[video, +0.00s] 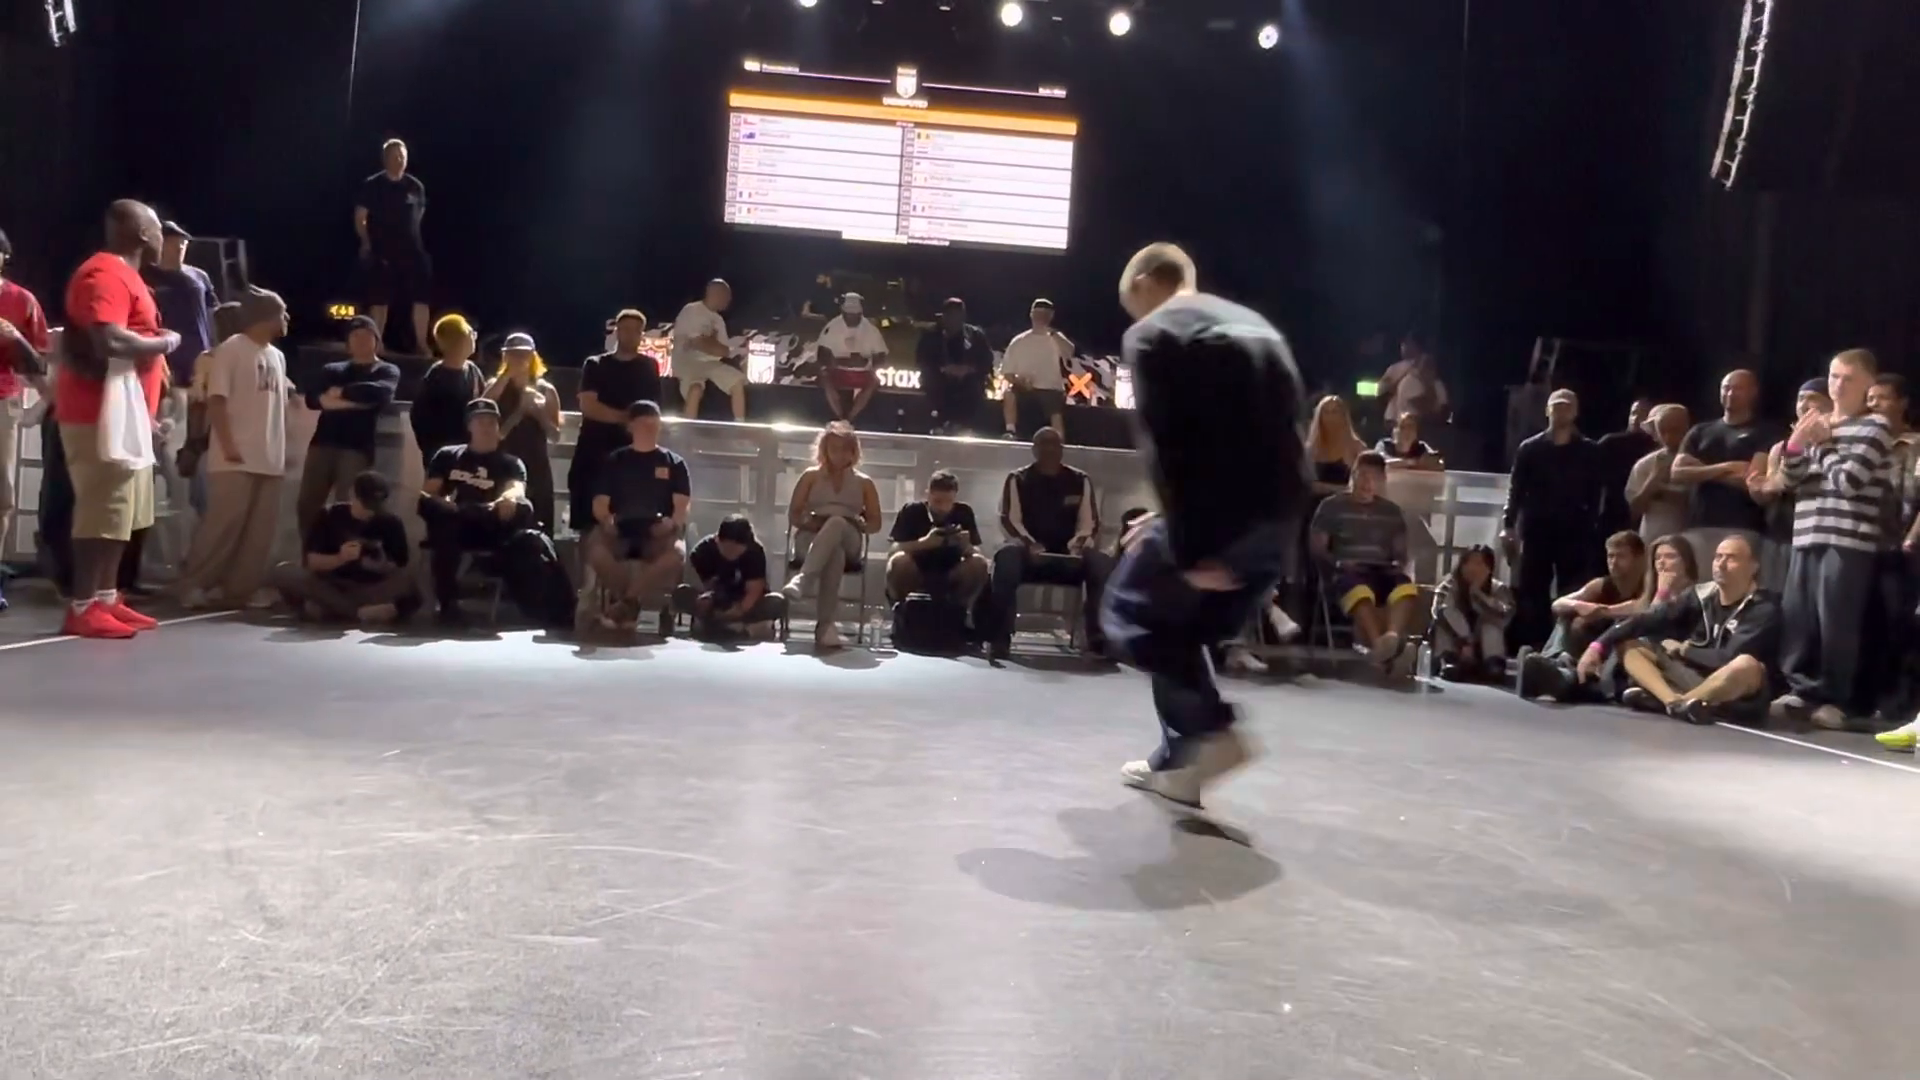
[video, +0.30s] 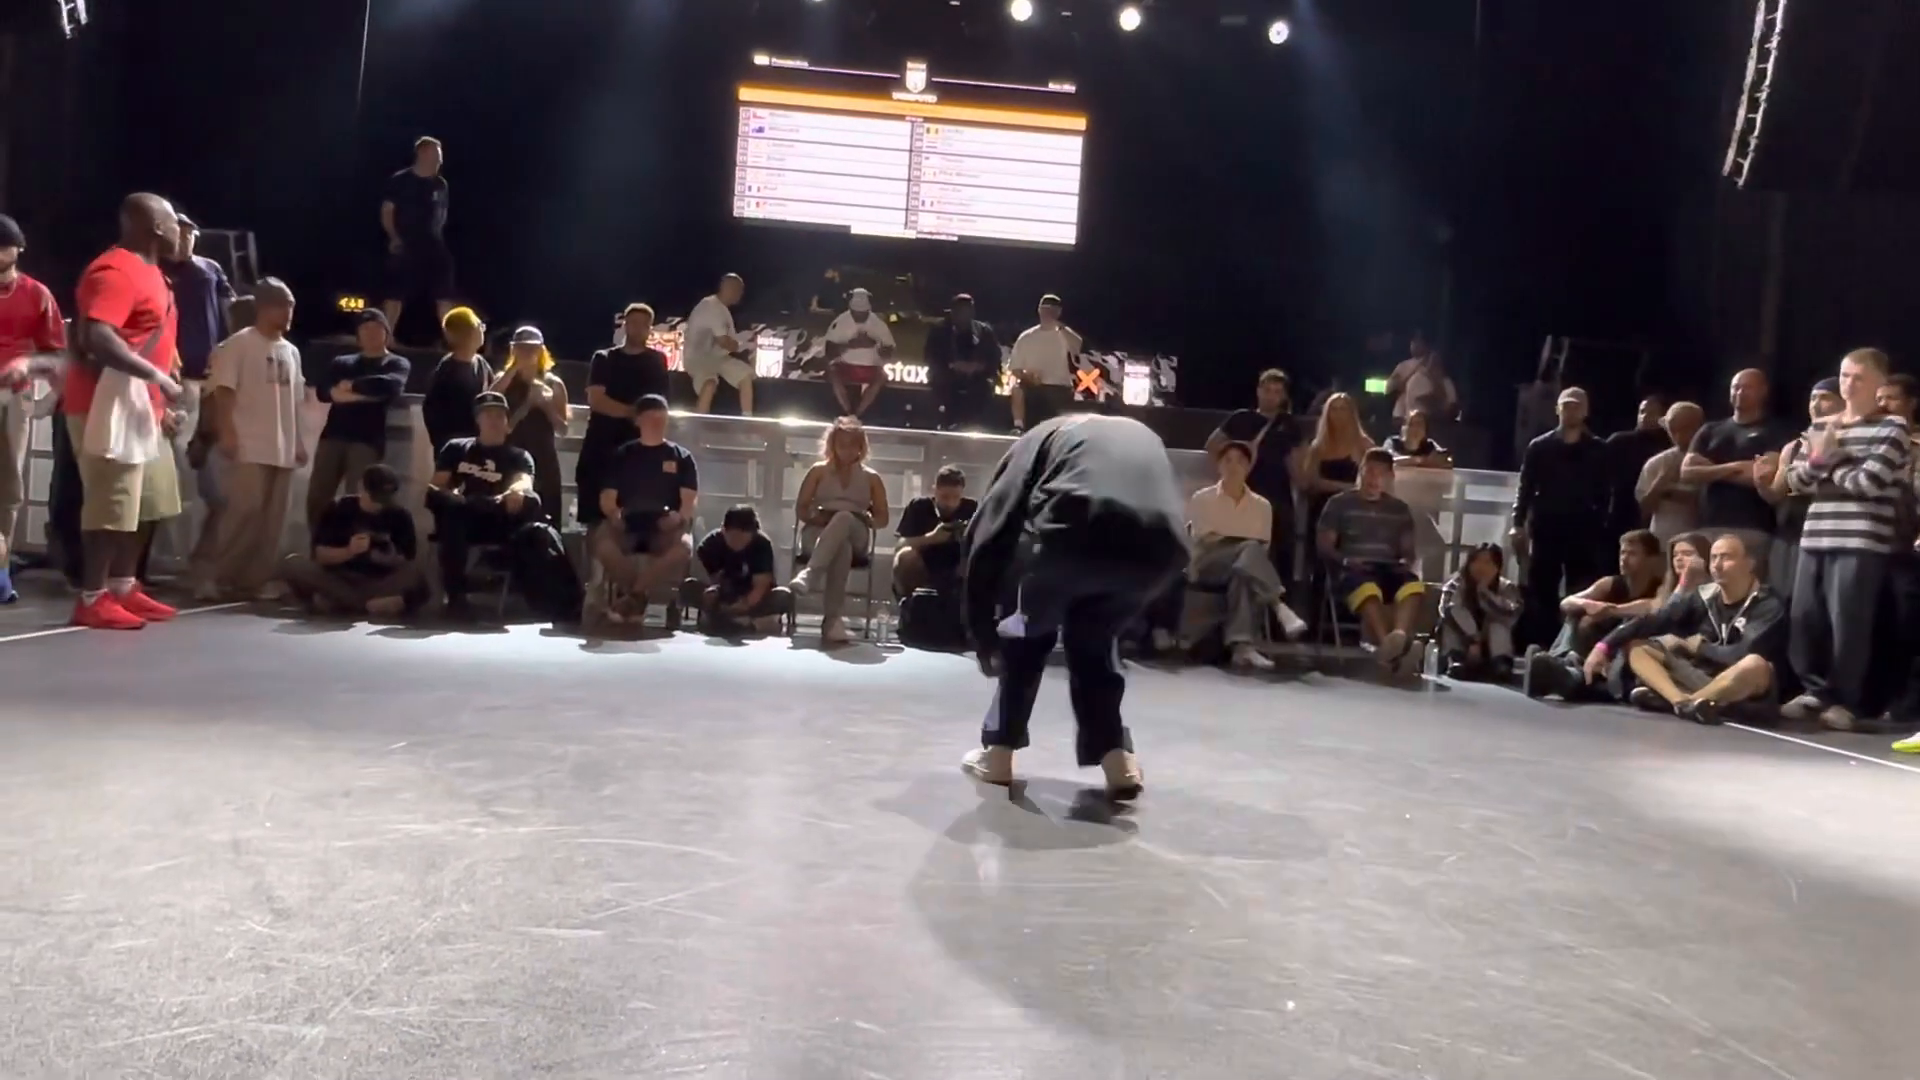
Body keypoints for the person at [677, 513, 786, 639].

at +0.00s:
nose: (735, 555)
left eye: (740, 551)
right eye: (731, 550)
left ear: (746, 545)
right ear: (719, 540)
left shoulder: (754, 551)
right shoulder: (700, 553)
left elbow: (755, 589)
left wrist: (742, 609)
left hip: (744, 596)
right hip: (716, 597)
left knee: (777, 602)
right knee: (682, 594)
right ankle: (743, 628)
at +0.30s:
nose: (738, 542)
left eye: (744, 538)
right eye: (734, 537)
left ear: (751, 533)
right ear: (724, 530)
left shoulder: (761, 544)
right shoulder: (708, 546)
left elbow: (762, 583)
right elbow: (717, 580)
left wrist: (747, 603)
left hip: (752, 591)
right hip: (725, 591)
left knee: (784, 595)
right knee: (689, 587)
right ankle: (751, 623)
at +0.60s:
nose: (741, 537)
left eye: (747, 533)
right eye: (737, 532)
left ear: (756, 529)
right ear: (728, 526)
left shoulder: (766, 541)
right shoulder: (713, 543)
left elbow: (767, 580)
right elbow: (720, 577)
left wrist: (750, 601)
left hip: (756, 587)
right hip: (729, 586)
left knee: (788, 593)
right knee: (693, 583)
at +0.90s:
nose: (746, 537)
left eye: (752, 533)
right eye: (742, 532)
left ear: (760, 529)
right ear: (733, 524)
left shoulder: (771, 539)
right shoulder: (717, 541)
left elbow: (771, 578)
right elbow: (728, 575)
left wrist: (753, 600)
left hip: (761, 584)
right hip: (735, 585)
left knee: (792, 591)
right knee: (698, 581)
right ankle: (760, 618)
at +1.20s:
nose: (749, 534)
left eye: (755, 530)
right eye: (745, 529)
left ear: (765, 526)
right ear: (737, 521)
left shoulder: (775, 536)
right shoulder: (722, 536)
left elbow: (775, 573)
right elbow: (727, 570)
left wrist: (758, 595)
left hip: (765, 582)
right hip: (737, 583)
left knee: (797, 586)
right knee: (702, 577)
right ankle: (763, 613)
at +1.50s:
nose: (755, 532)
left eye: (761, 528)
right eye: (751, 526)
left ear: (770, 523)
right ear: (742, 517)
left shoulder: (780, 531)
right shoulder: (726, 533)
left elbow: (779, 569)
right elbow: (735, 566)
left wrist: (761, 591)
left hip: (770, 578)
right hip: (742, 579)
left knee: (802, 582)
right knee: (707, 572)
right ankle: (766, 609)